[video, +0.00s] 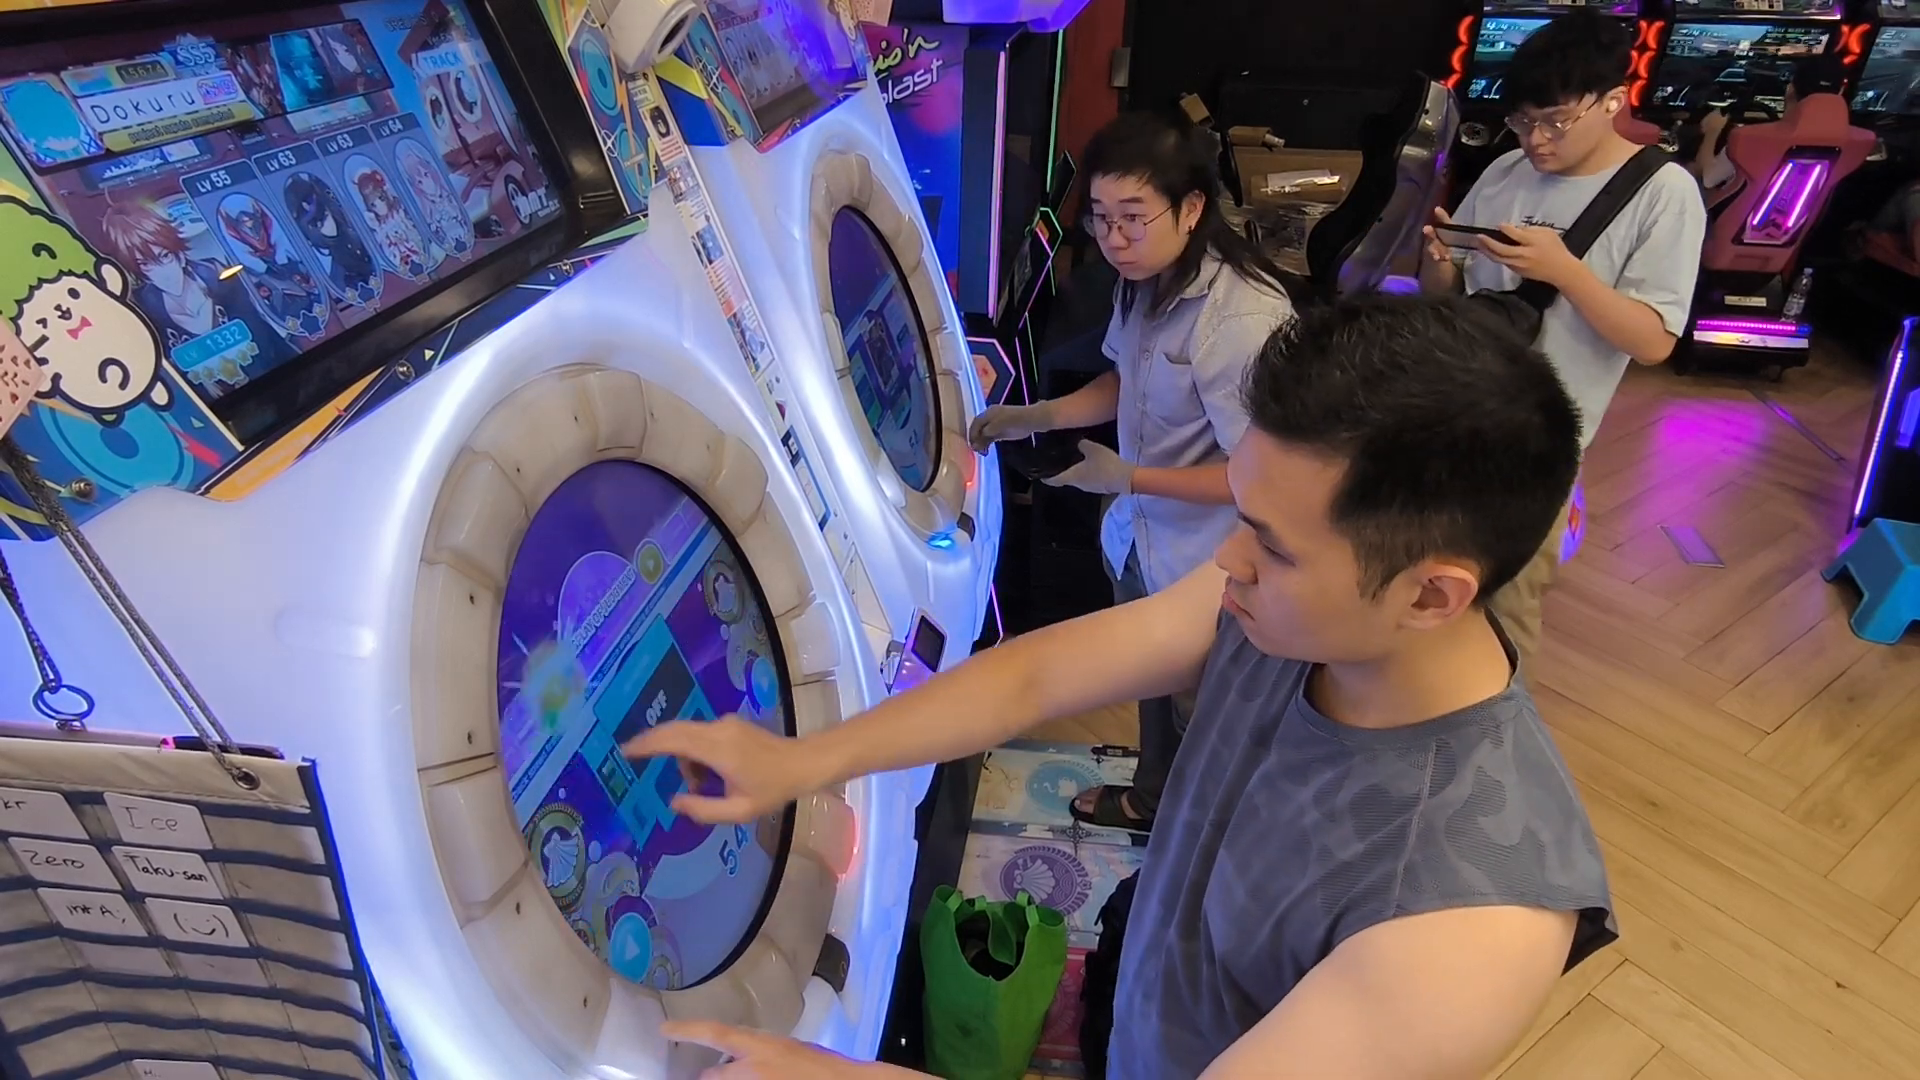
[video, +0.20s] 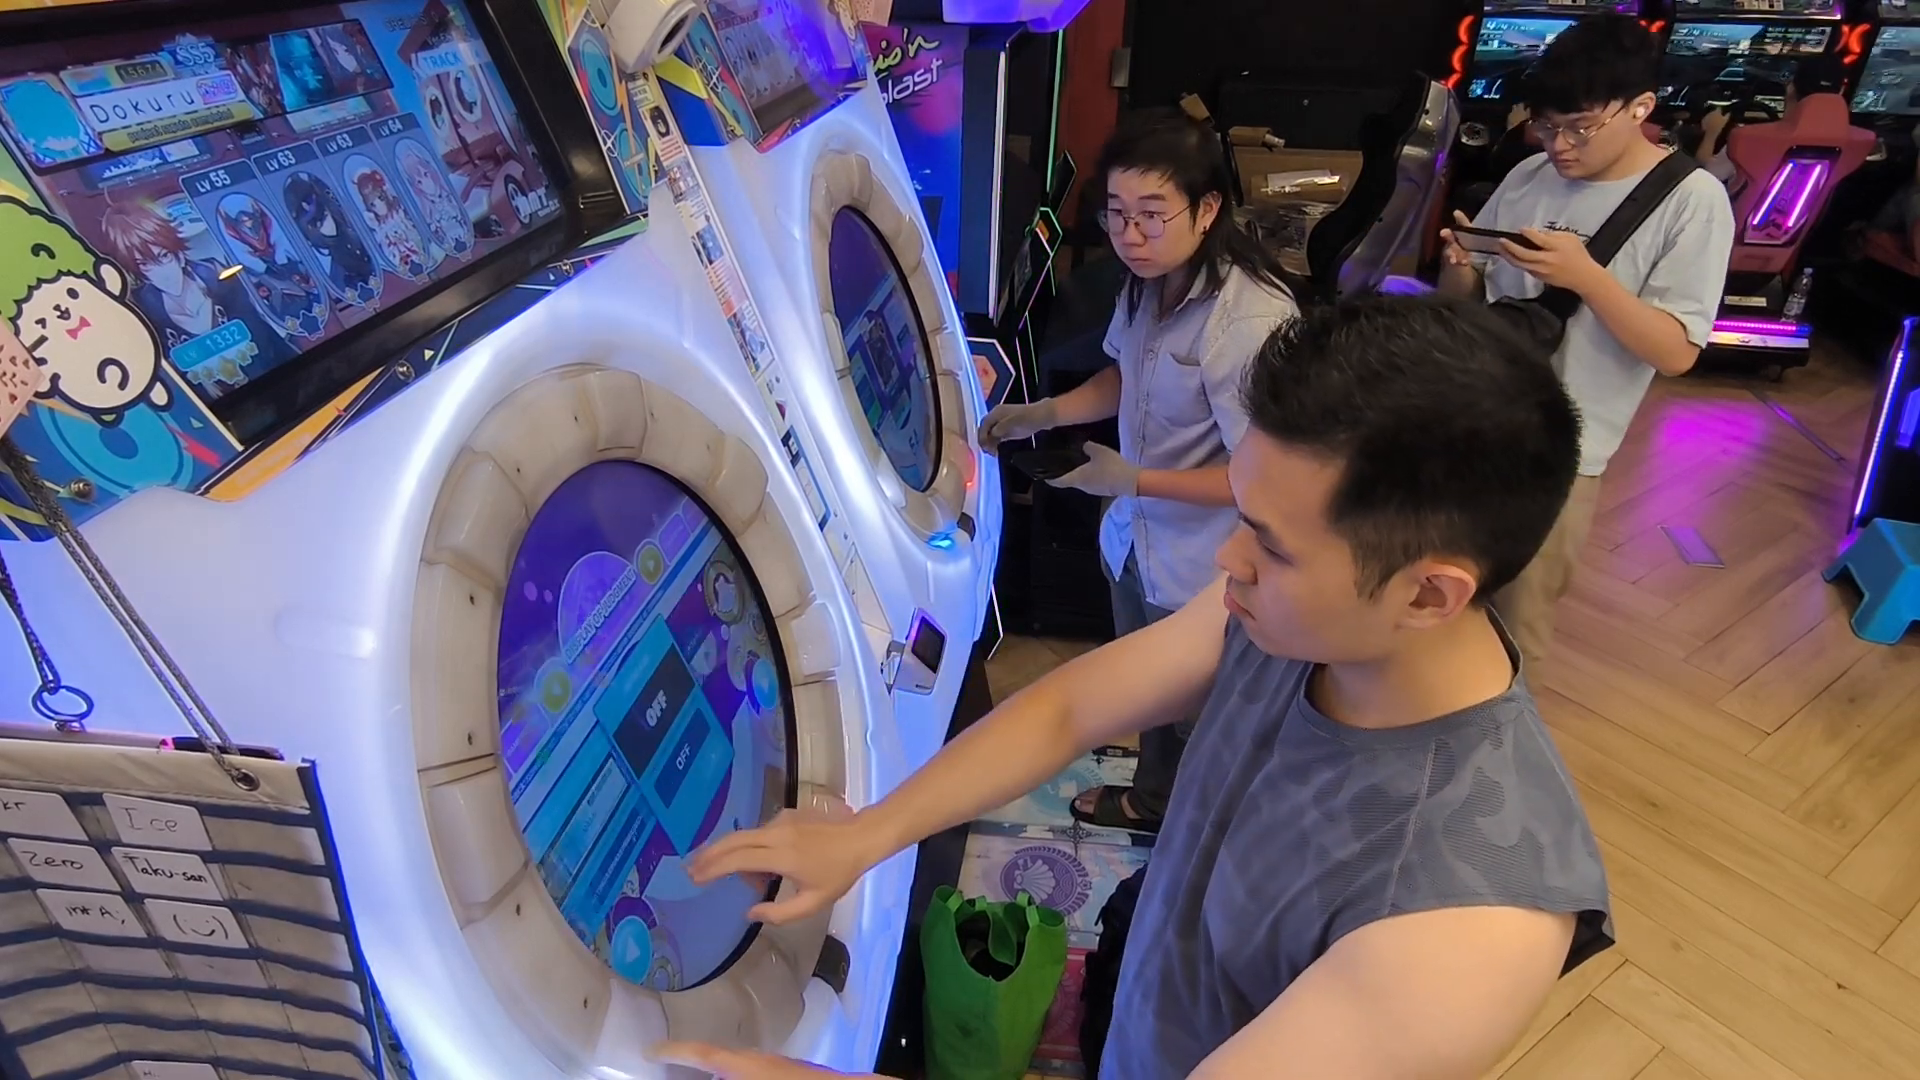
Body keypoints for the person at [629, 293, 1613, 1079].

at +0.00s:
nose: (1224, 562)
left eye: (1276, 551)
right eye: (1240, 517)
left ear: (1434, 594)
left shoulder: (1475, 908)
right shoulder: (1280, 590)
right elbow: (1031, 679)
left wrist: (860, 1079)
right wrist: (806, 760)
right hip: (1130, 1001)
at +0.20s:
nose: (1221, 560)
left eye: (1272, 549)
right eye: (1239, 516)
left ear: (1431, 593)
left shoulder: (1473, 909)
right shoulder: (1290, 604)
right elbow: (1067, 712)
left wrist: (808, 1070)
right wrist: (869, 830)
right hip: (1132, 1022)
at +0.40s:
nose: (1215, 554)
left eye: (1263, 541)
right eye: (1232, 511)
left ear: (1423, 590)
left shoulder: (1472, 903)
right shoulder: (1290, 610)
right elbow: (1065, 699)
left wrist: (862, 1075)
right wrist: (855, 796)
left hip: (1204, 1075)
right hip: (1133, 1018)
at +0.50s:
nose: (1219, 553)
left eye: (1268, 541)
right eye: (1237, 511)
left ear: (1427, 593)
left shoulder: (1472, 910)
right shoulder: (1296, 605)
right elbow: (1061, 680)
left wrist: (811, 1069)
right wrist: (841, 767)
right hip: (1135, 1014)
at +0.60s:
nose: (1223, 555)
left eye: (1273, 544)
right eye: (1241, 512)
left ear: (1434, 594)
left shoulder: (1479, 909)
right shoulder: (1302, 601)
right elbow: (1057, 669)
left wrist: (856, 1079)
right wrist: (827, 744)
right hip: (1136, 1010)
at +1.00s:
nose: (1233, 553)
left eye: (1283, 543)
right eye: (1248, 509)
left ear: (1443, 594)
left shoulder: (1492, 915)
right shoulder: (1284, 587)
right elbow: (1018, 656)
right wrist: (760, 719)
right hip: (1138, 1016)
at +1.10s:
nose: (1229, 558)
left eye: (1281, 547)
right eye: (1247, 514)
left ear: (1442, 596)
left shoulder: (1492, 917)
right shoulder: (1287, 590)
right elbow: (1032, 664)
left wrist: (874, 1078)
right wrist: (795, 754)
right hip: (1137, 992)